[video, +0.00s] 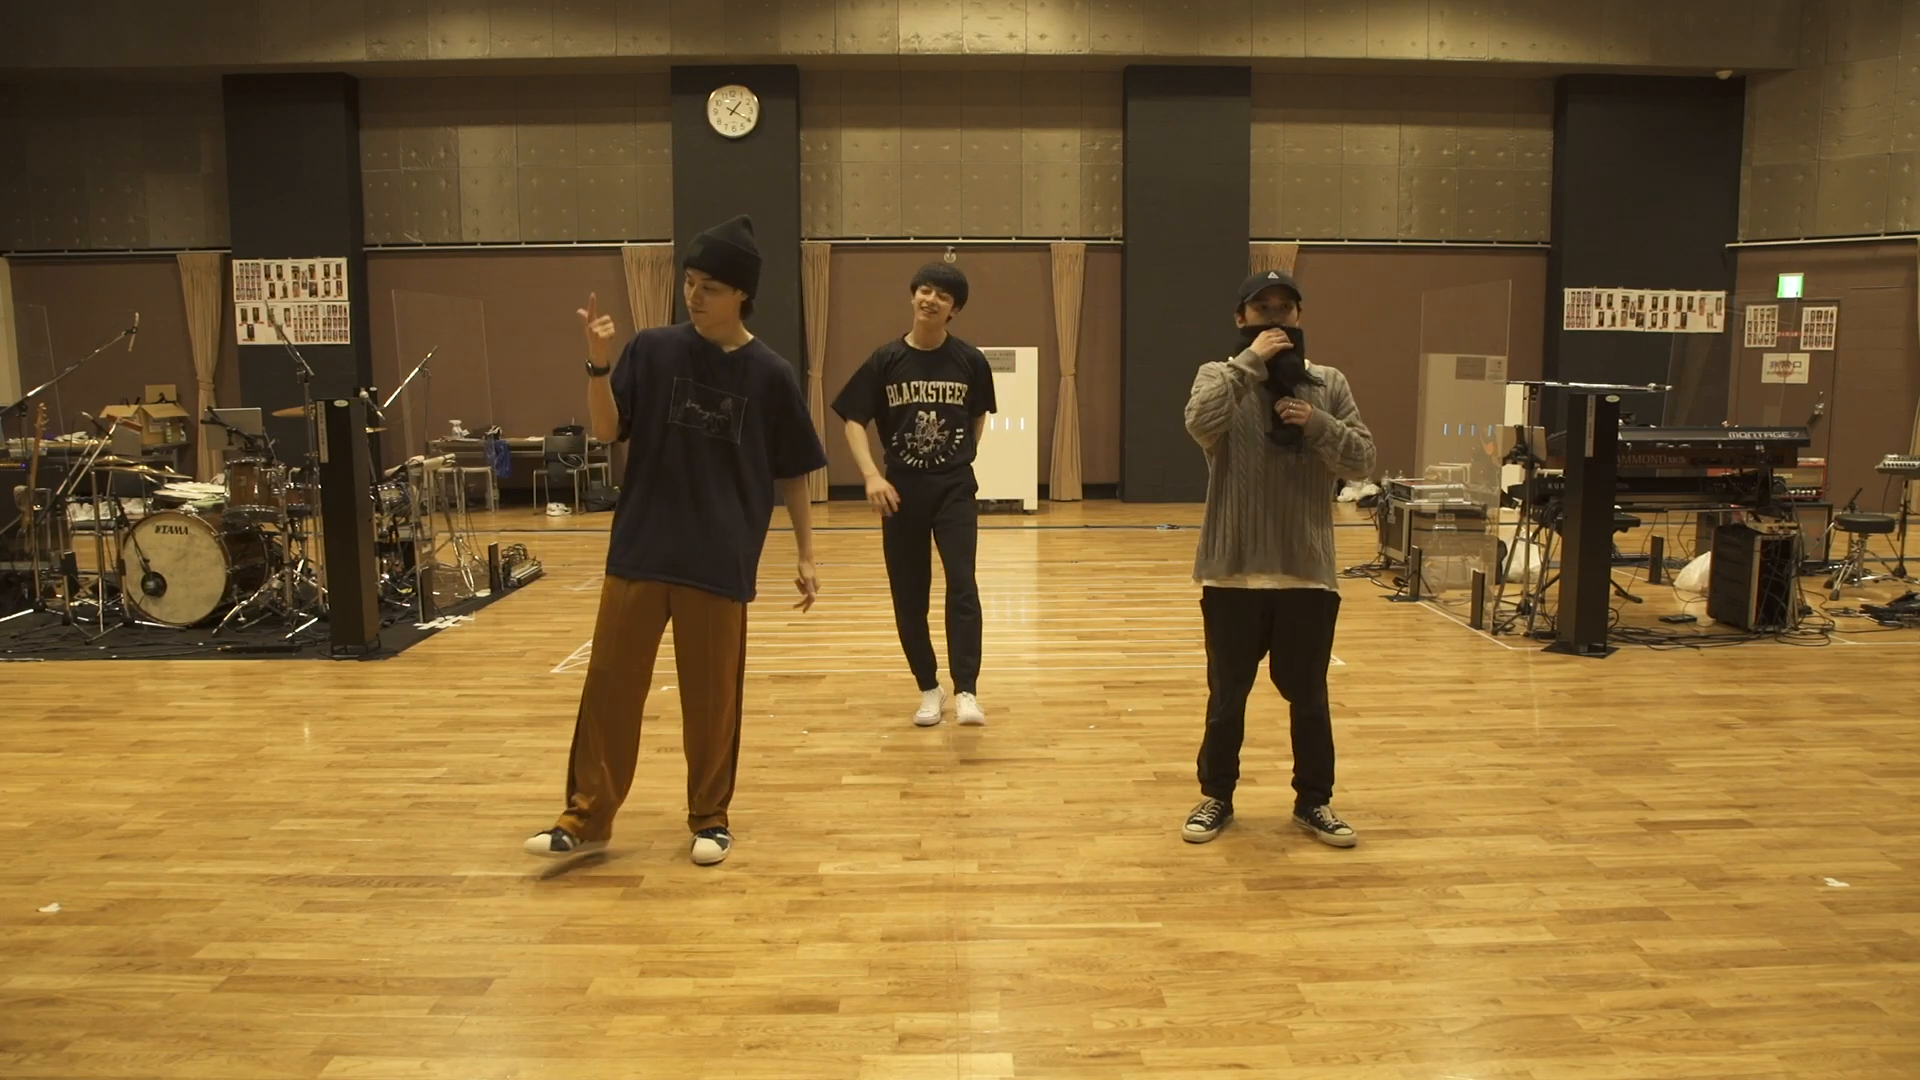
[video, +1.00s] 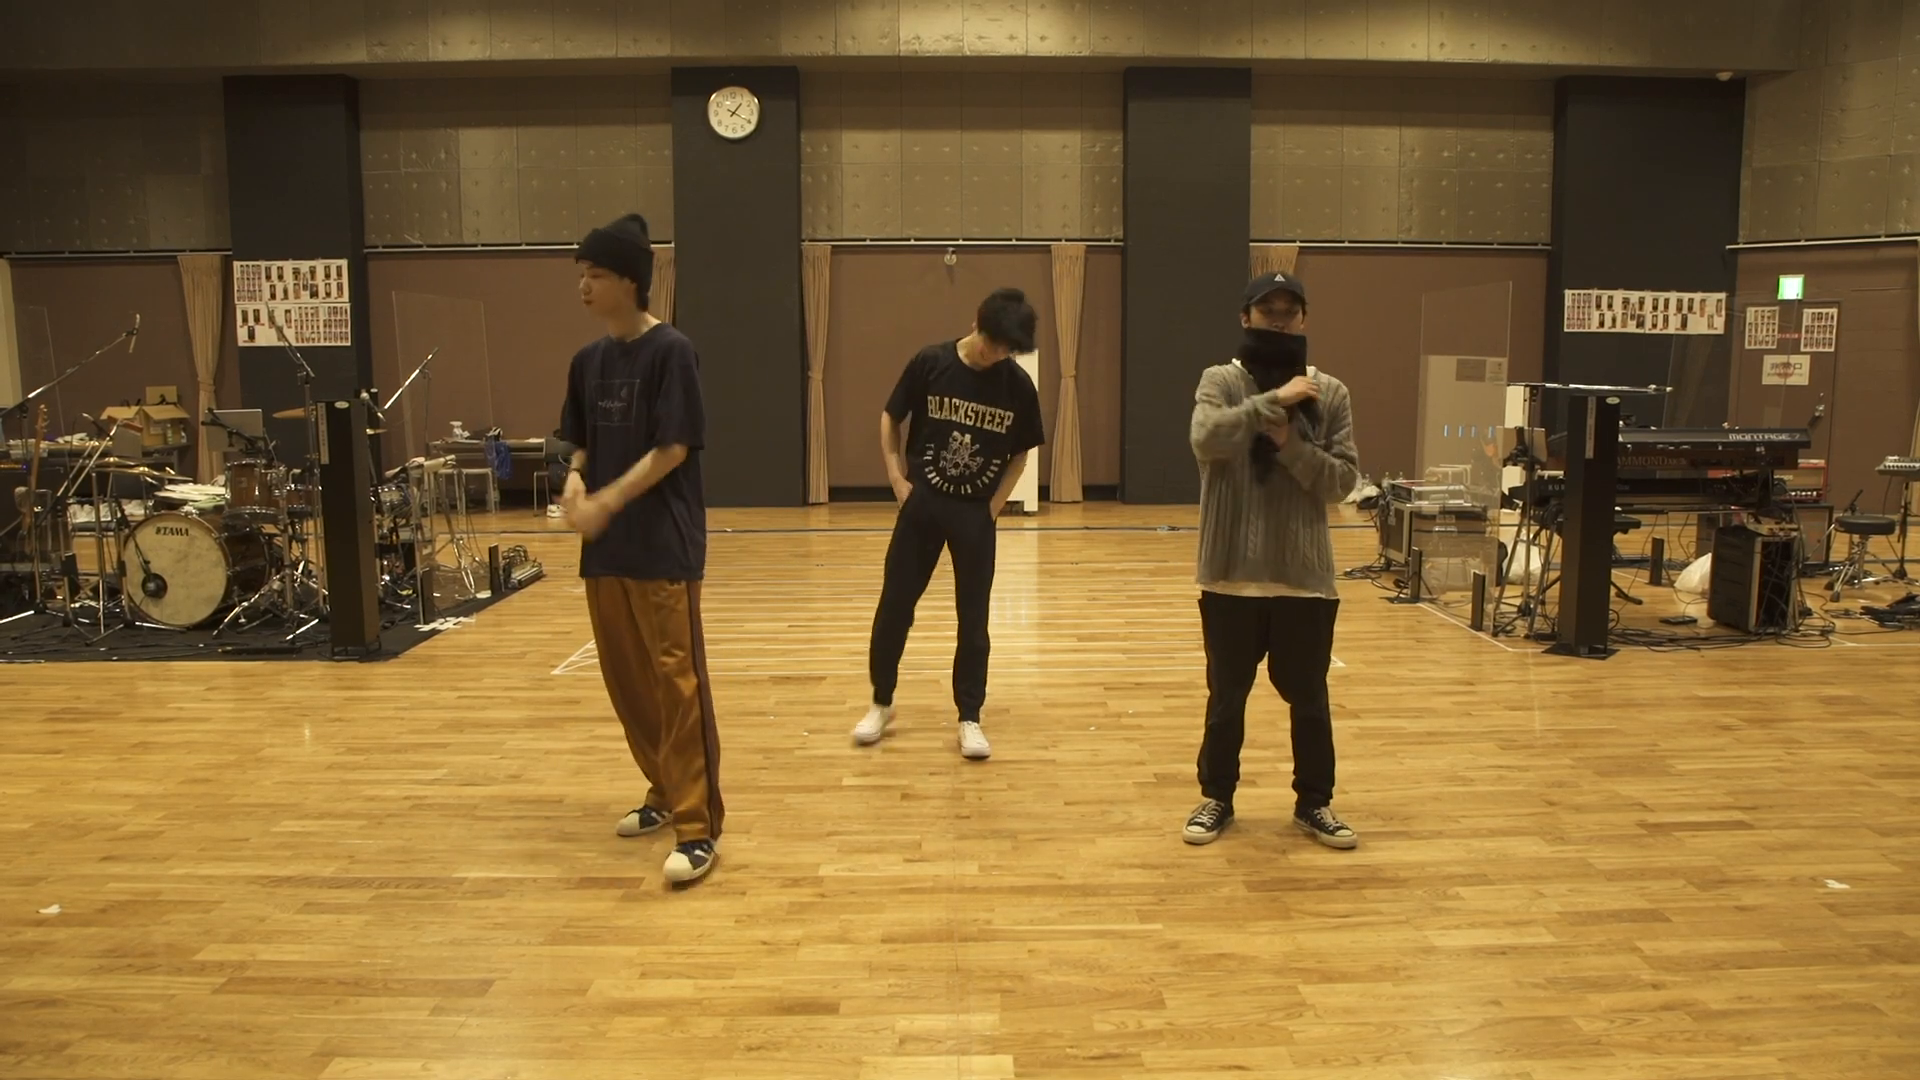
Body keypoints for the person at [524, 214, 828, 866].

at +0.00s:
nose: (695, 296)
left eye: (710, 287)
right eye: (691, 283)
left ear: (743, 295)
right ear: (684, 285)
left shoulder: (771, 374)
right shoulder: (650, 349)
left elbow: (795, 474)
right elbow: (606, 429)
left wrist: (807, 557)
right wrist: (600, 363)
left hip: (717, 558)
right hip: (639, 548)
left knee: (712, 694)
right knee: (609, 683)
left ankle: (710, 820)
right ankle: (587, 817)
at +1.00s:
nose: (582, 289)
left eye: (592, 277)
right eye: (581, 277)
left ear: (630, 280)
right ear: (596, 281)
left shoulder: (672, 352)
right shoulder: (589, 360)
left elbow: (675, 448)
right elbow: (581, 442)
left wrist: (607, 500)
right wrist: (573, 482)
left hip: (663, 553)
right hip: (606, 552)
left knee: (676, 683)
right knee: (628, 682)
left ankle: (697, 828)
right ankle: (665, 793)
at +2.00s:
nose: (657, 286)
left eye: (670, 275)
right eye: (647, 275)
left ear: (693, 284)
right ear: (634, 284)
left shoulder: (727, 360)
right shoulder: (609, 360)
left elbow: (749, 454)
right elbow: (592, 449)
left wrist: (752, 535)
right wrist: (589, 522)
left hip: (707, 545)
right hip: (630, 546)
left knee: (726, 677)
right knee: (645, 678)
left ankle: (751, 798)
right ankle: (671, 791)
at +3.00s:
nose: (647, 286)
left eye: (661, 274)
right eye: (637, 274)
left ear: (686, 281)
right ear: (625, 281)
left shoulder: (722, 359)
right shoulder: (600, 360)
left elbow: (757, 451)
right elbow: (578, 444)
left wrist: (714, 501)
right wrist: (581, 512)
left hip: (691, 550)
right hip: (616, 552)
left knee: (718, 680)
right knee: (621, 688)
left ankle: (751, 801)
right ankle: (625, 810)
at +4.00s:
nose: (552, 305)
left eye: (563, 292)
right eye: (541, 294)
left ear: (590, 283)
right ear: (529, 294)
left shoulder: (642, 351)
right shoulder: (523, 369)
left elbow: (682, 438)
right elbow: (505, 458)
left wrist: (702, 515)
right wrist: (478, 532)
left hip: (647, 548)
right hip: (568, 558)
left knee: (681, 677)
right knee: (593, 690)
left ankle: (724, 816)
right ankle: (624, 808)